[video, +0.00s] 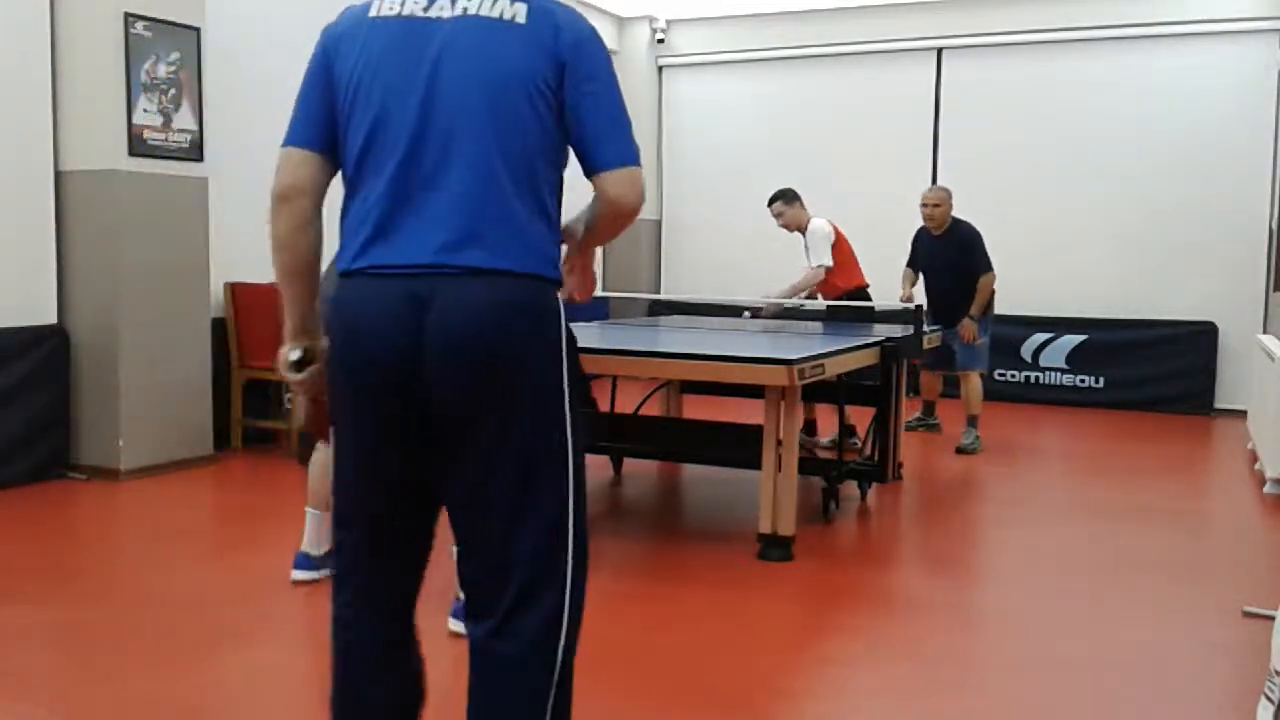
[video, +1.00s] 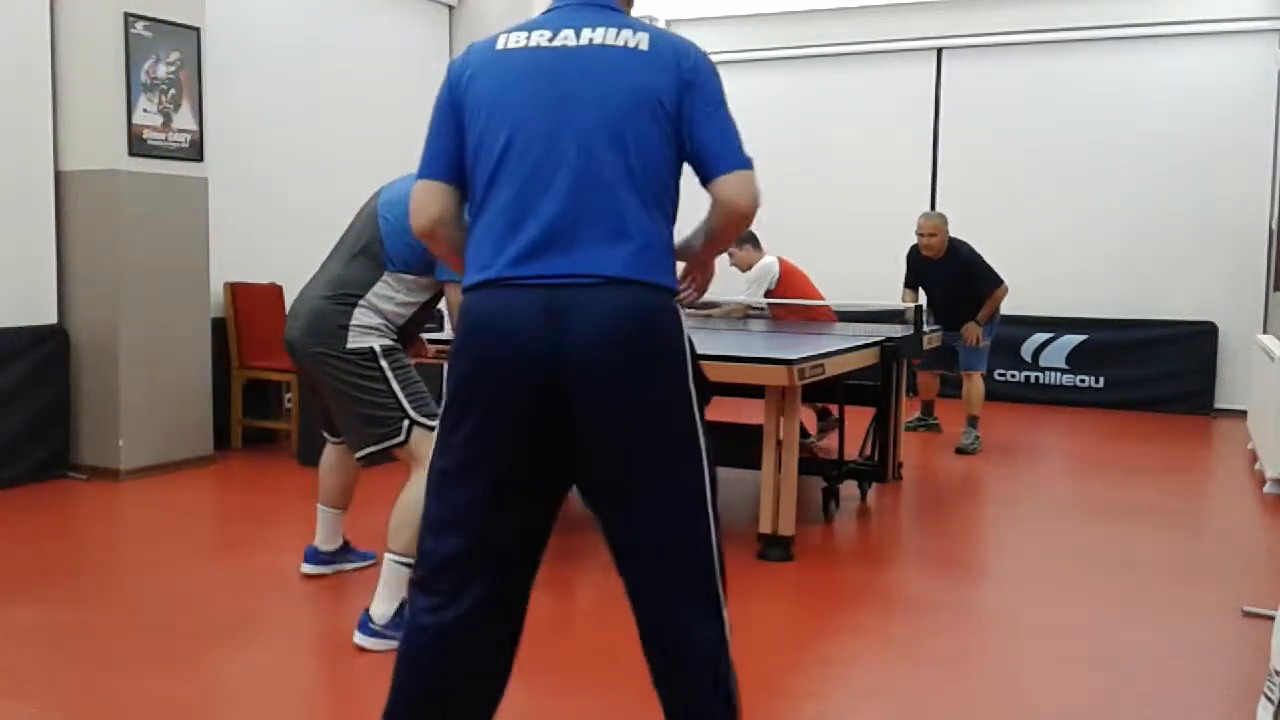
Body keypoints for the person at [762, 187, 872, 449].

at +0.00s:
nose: (779, 223)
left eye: (780, 216)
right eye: (775, 218)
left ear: (798, 208)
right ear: (796, 212)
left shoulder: (818, 228)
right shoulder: (810, 233)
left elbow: (819, 272)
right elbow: (823, 276)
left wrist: (782, 297)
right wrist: (803, 297)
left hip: (852, 305)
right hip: (837, 306)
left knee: (834, 368)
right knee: (817, 364)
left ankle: (845, 428)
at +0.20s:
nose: (765, 237)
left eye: (765, 229)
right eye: (762, 231)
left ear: (780, 220)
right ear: (783, 222)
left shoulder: (805, 239)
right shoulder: (806, 239)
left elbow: (788, 285)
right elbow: (818, 284)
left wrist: (749, 302)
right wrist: (797, 299)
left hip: (844, 311)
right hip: (832, 311)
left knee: (821, 373)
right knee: (813, 371)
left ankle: (845, 429)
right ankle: (844, 428)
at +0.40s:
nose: (751, 252)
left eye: (752, 244)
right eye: (749, 246)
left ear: (768, 236)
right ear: (771, 237)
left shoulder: (790, 253)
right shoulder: (789, 254)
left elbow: (766, 299)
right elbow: (772, 301)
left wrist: (724, 309)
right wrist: (734, 307)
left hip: (830, 319)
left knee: (779, 374)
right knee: (798, 376)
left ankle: (799, 431)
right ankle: (839, 422)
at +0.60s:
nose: (742, 266)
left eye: (743, 258)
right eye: (740, 260)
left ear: (759, 251)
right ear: (763, 250)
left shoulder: (777, 267)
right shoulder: (784, 267)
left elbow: (748, 308)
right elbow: (759, 308)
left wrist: (708, 312)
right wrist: (720, 309)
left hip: (821, 337)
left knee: (777, 381)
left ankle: (798, 432)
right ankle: (830, 420)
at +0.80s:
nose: (735, 269)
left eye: (735, 261)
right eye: (733, 263)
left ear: (751, 254)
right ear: (755, 254)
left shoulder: (771, 269)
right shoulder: (774, 268)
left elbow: (741, 310)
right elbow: (746, 310)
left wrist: (709, 313)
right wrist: (714, 310)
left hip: (815, 335)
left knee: (782, 387)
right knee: (781, 386)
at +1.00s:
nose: (731, 262)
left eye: (732, 254)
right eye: (729, 256)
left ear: (748, 249)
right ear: (752, 250)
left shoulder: (766, 266)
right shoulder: (773, 265)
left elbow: (740, 310)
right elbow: (745, 308)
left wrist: (700, 314)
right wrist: (703, 310)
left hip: (813, 332)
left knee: (774, 377)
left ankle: (798, 432)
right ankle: (822, 413)